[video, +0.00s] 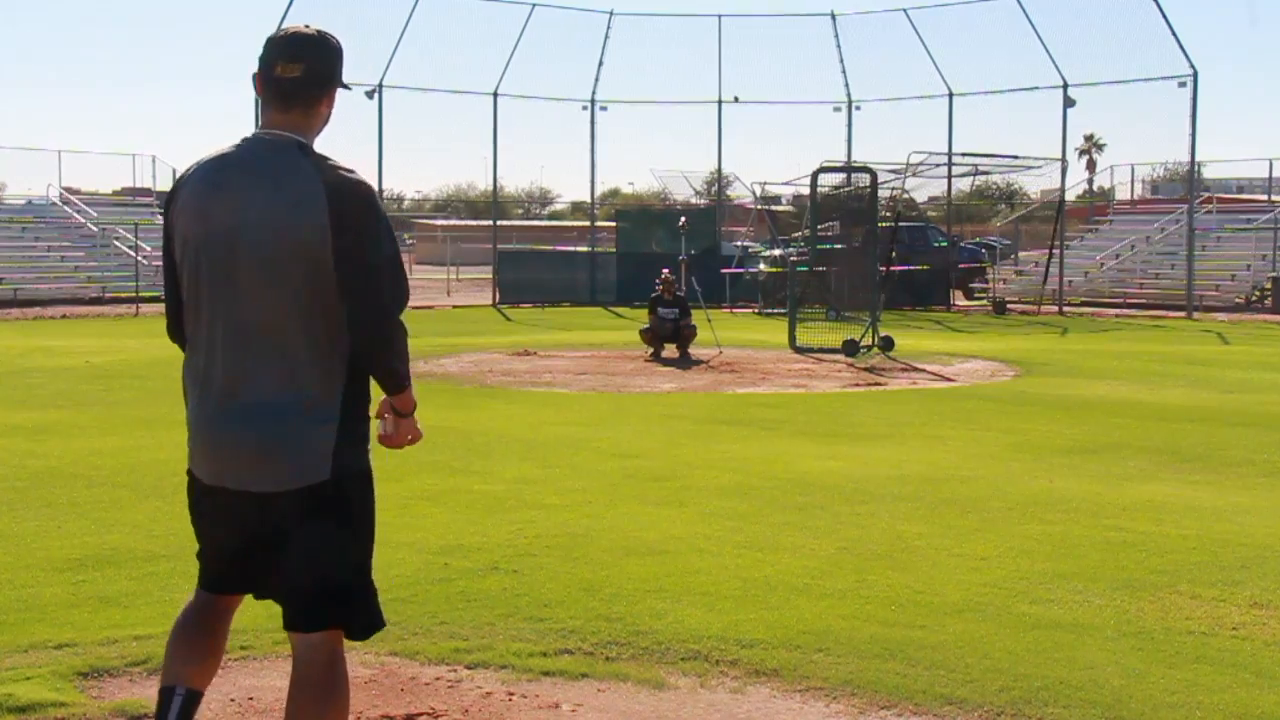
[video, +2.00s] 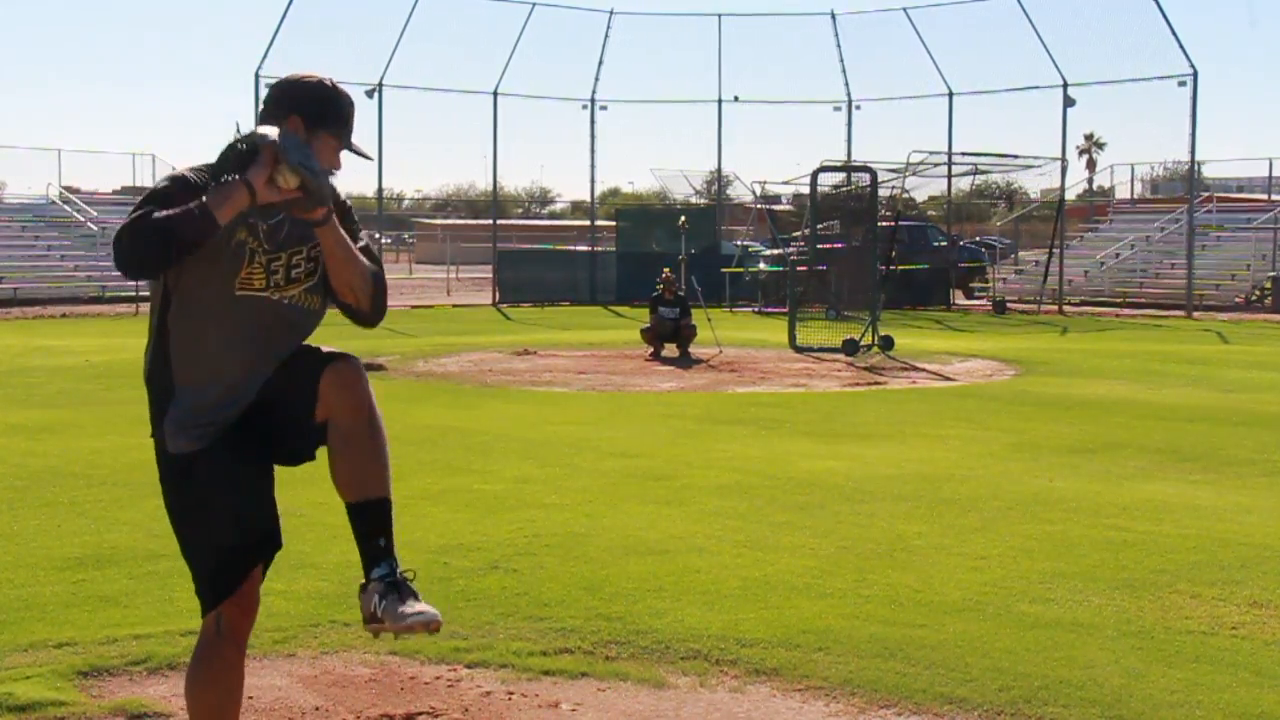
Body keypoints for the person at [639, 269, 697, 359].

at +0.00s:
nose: (668, 287)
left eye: (670, 284)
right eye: (665, 284)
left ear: (674, 286)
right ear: (661, 286)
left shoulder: (681, 299)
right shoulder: (655, 299)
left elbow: (688, 319)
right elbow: (652, 318)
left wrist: (674, 324)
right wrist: (662, 326)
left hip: (677, 328)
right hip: (660, 328)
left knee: (691, 329)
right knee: (645, 332)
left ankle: (683, 349)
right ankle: (657, 348)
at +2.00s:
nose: (669, 286)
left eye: (672, 283)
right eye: (666, 284)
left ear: (675, 285)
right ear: (662, 285)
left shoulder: (682, 299)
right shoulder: (655, 299)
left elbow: (687, 319)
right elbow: (653, 318)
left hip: (677, 328)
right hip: (661, 328)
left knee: (691, 329)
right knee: (645, 332)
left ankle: (683, 349)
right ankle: (657, 347)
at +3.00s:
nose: (667, 286)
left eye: (670, 283)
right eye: (664, 283)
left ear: (674, 285)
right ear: (660, 285)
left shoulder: (680, 299)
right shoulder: (654, 299)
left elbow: (686, 316)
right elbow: (651, 318)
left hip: (677, 326)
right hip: (661, 326)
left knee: (688, 328)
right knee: (646, 331)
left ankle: (683, 349)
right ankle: (657, 347)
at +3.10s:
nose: (667, 285)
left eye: (670, 282)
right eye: (665, 283)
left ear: (674, 284)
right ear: (661, 284)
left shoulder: (679, 298)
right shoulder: (654, 299)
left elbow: (690, 316)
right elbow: (650, 318)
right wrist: (659, 321)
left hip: (675, 326)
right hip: (660, 325)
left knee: (689, 329)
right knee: (646, 331)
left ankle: (683, 350)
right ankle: (656, 348)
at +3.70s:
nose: (666, 287)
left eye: (669, 284)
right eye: (664, 284)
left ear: (673, 284)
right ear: (659, 285)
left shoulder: (678, 296)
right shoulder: (655, 297)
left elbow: (687, 305)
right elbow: (649, 317)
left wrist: (680, 306)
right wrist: (651, 315)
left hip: (675, 327)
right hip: (660, 328)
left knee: (687, 331)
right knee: (645, 331)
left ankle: (683, 350)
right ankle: (656, 348)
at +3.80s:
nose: (666, 285)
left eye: (669, 282)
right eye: (663, 282)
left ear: (673, 283)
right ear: (659, 283)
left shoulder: (678, 295)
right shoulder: (655, 296)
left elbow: (685, 304)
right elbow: (649, 318)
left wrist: (679, 306)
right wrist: (649, 305)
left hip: (676, 330)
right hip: (660, 330)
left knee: (687, 332)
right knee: (645, 332)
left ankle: (683, 349)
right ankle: (656, 348)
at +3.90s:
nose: (666, 282)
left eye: (668, 279)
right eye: (663, 279)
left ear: (673, 280)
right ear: (659, 280)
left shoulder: (678, 293)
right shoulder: (655, 295)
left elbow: (681, 303)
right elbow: (646, 315)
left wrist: (675, 303)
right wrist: (638, 308)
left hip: (677, 330)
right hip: (661, 331)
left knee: (686, 334)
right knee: (646, 334)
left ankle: (682, 349)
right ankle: (656, 347)